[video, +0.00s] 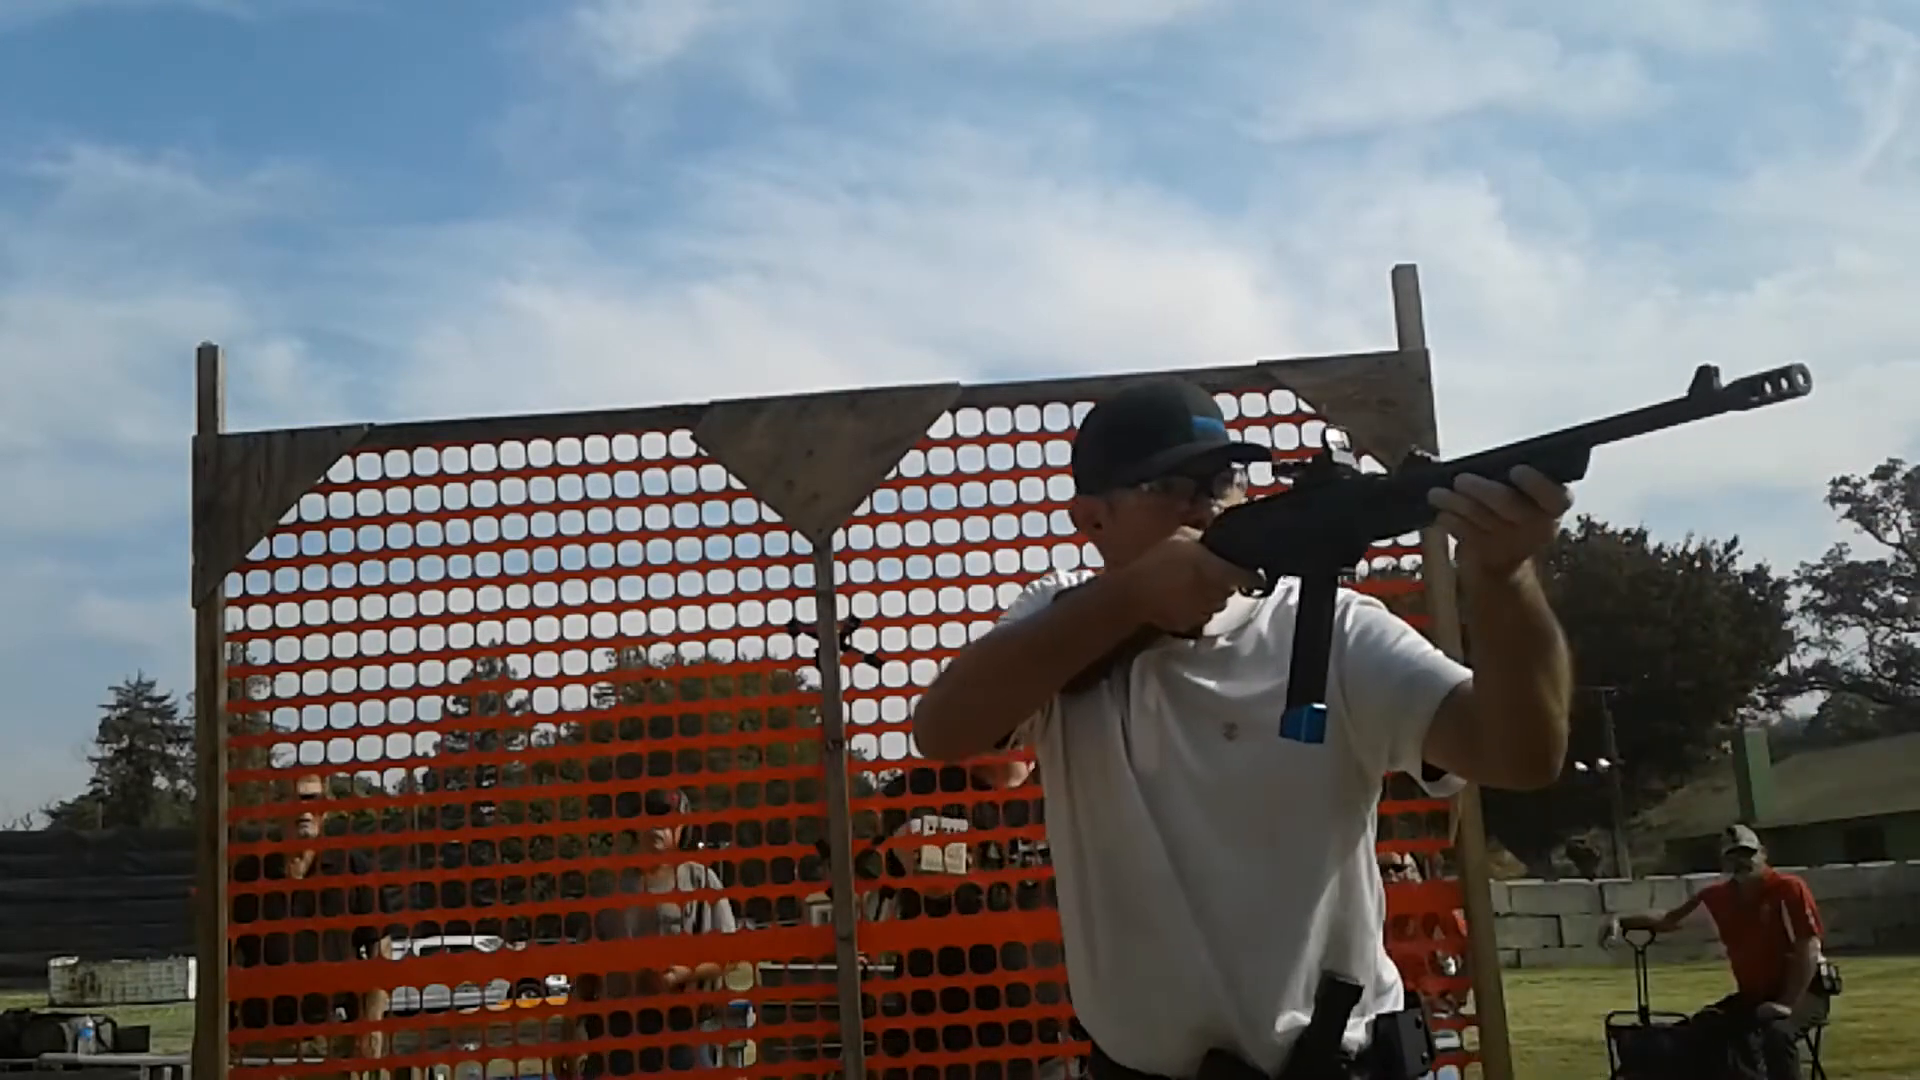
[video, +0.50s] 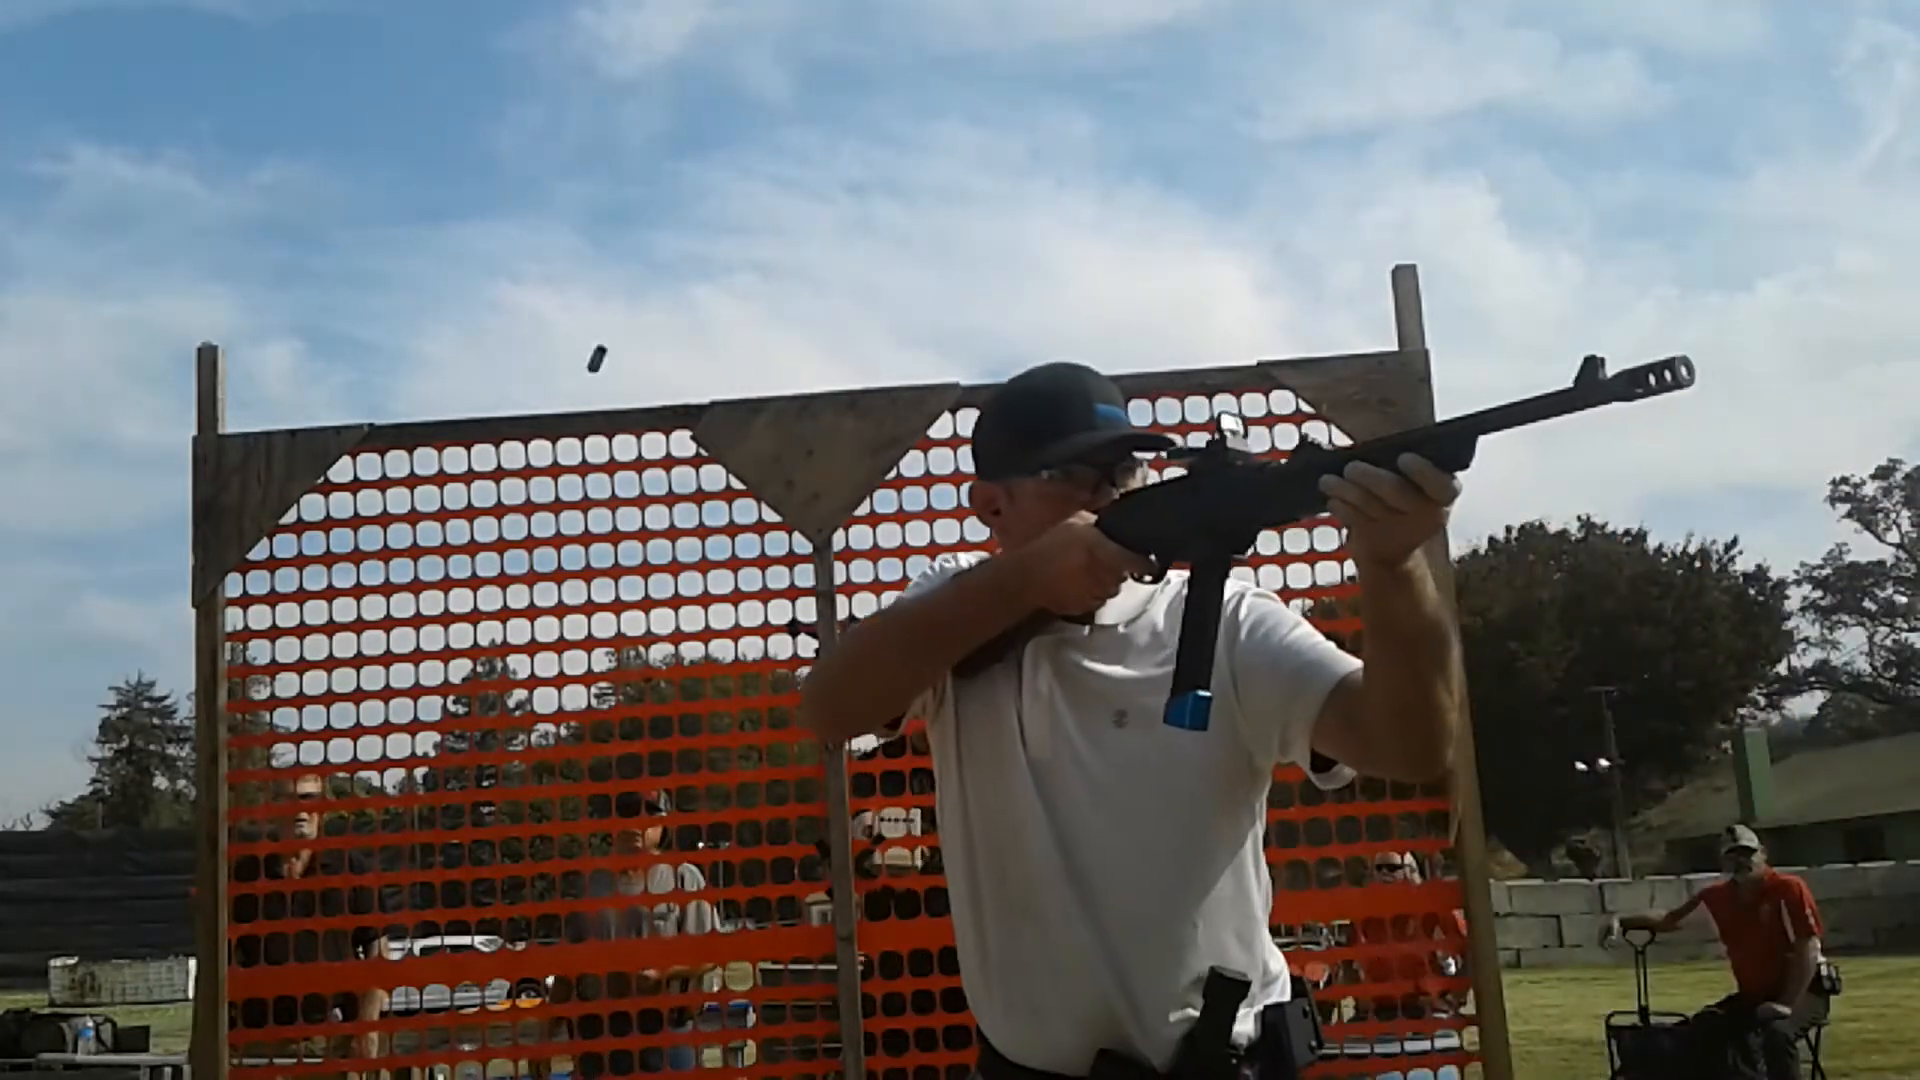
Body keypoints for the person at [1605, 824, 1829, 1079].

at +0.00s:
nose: (1741, 860)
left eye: (1748, 853)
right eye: (1733, 855)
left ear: (1761, 855)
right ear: (1724, 861)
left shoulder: (1789, 889)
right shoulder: (1715, 897)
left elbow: (1809, 949)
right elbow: (1668, 922)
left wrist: (1788, 1004)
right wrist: (1621, 923)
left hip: (1801, 999)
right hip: (1752, 998)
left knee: (1775, 1033)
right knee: (1691, 1033)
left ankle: (1785, 1075)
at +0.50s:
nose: (1741, 860)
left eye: (1748, 853)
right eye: (1733, 855)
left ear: (1762, 855)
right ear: (1724, 861)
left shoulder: (1789, 889)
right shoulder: (1715, 897)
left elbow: (1809, 949)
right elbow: (1668, 922)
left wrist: (1787, 1004)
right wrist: (1621, 922)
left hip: (1801, 998)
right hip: (1752, 998)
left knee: (1775, 1034)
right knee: (1693, 1032)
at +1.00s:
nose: (1743, 860)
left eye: (1749, 853)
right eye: (1734, 855)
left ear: (1763, 856)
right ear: (1725, 862)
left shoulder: (1790, 888)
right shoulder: (1715, 897)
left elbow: (1809, 949)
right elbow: (1667, 922)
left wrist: (1788, 1004)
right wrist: (1621, 922)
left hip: (1802, 998)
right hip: (1752, 998)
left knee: (1776, 1035)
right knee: (1693, 1032)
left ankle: (1785, 1075)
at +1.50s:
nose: (1743, 859)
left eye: (1750, 852)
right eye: (1735, 855)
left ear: (1763, 855)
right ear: (1726, 862)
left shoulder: (1789, 888)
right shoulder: (1715, 896)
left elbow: (1809, 950)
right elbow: (1668, 921)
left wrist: (1788, 1004)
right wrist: (1622, 923)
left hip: (1802, 998)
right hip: (1752, 998)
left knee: (1776, 1035)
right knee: (1692, 1033)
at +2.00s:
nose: (1744, 860)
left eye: (1750, 853)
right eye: (1735, 856)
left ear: (1762, 856)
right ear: (1725, 863)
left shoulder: (1789, 888)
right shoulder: (1714, 897)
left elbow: (1810, 950)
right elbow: (1668, 922)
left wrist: (1787, 1004)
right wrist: (1621, 922)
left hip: (1803, 998)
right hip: (1752, 998)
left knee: (1776, 1035)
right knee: (1695, 1032)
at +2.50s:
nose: (1744, 860)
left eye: (1750, 853)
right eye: (1735, 856)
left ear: (1763, 856)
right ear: (1725, 863)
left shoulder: (1789, 888)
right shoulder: (1715, 897)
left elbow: (1810, 949)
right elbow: (1668, 922)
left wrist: (1787, 1004)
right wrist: (1621, 923)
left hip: (1803, 998)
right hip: (1753, 998)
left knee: (1776, 1035)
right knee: (1695, 1031)